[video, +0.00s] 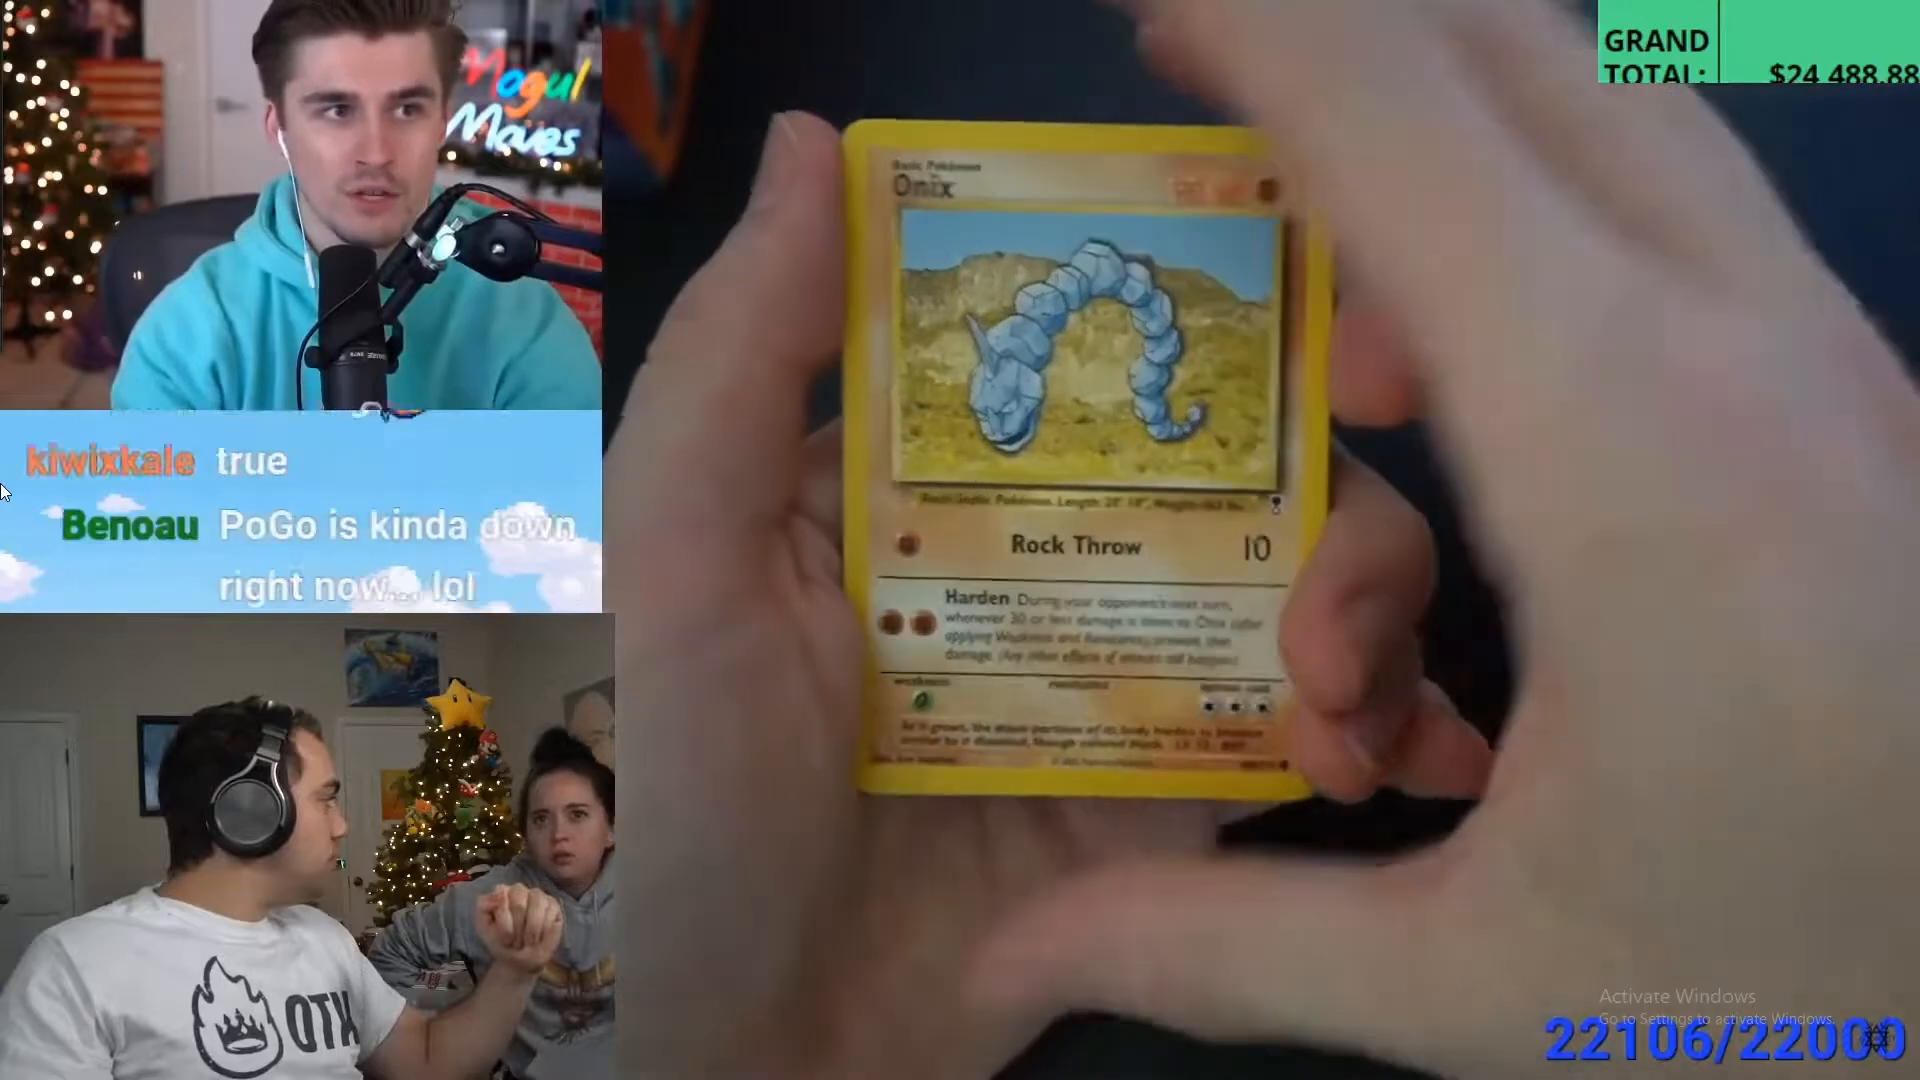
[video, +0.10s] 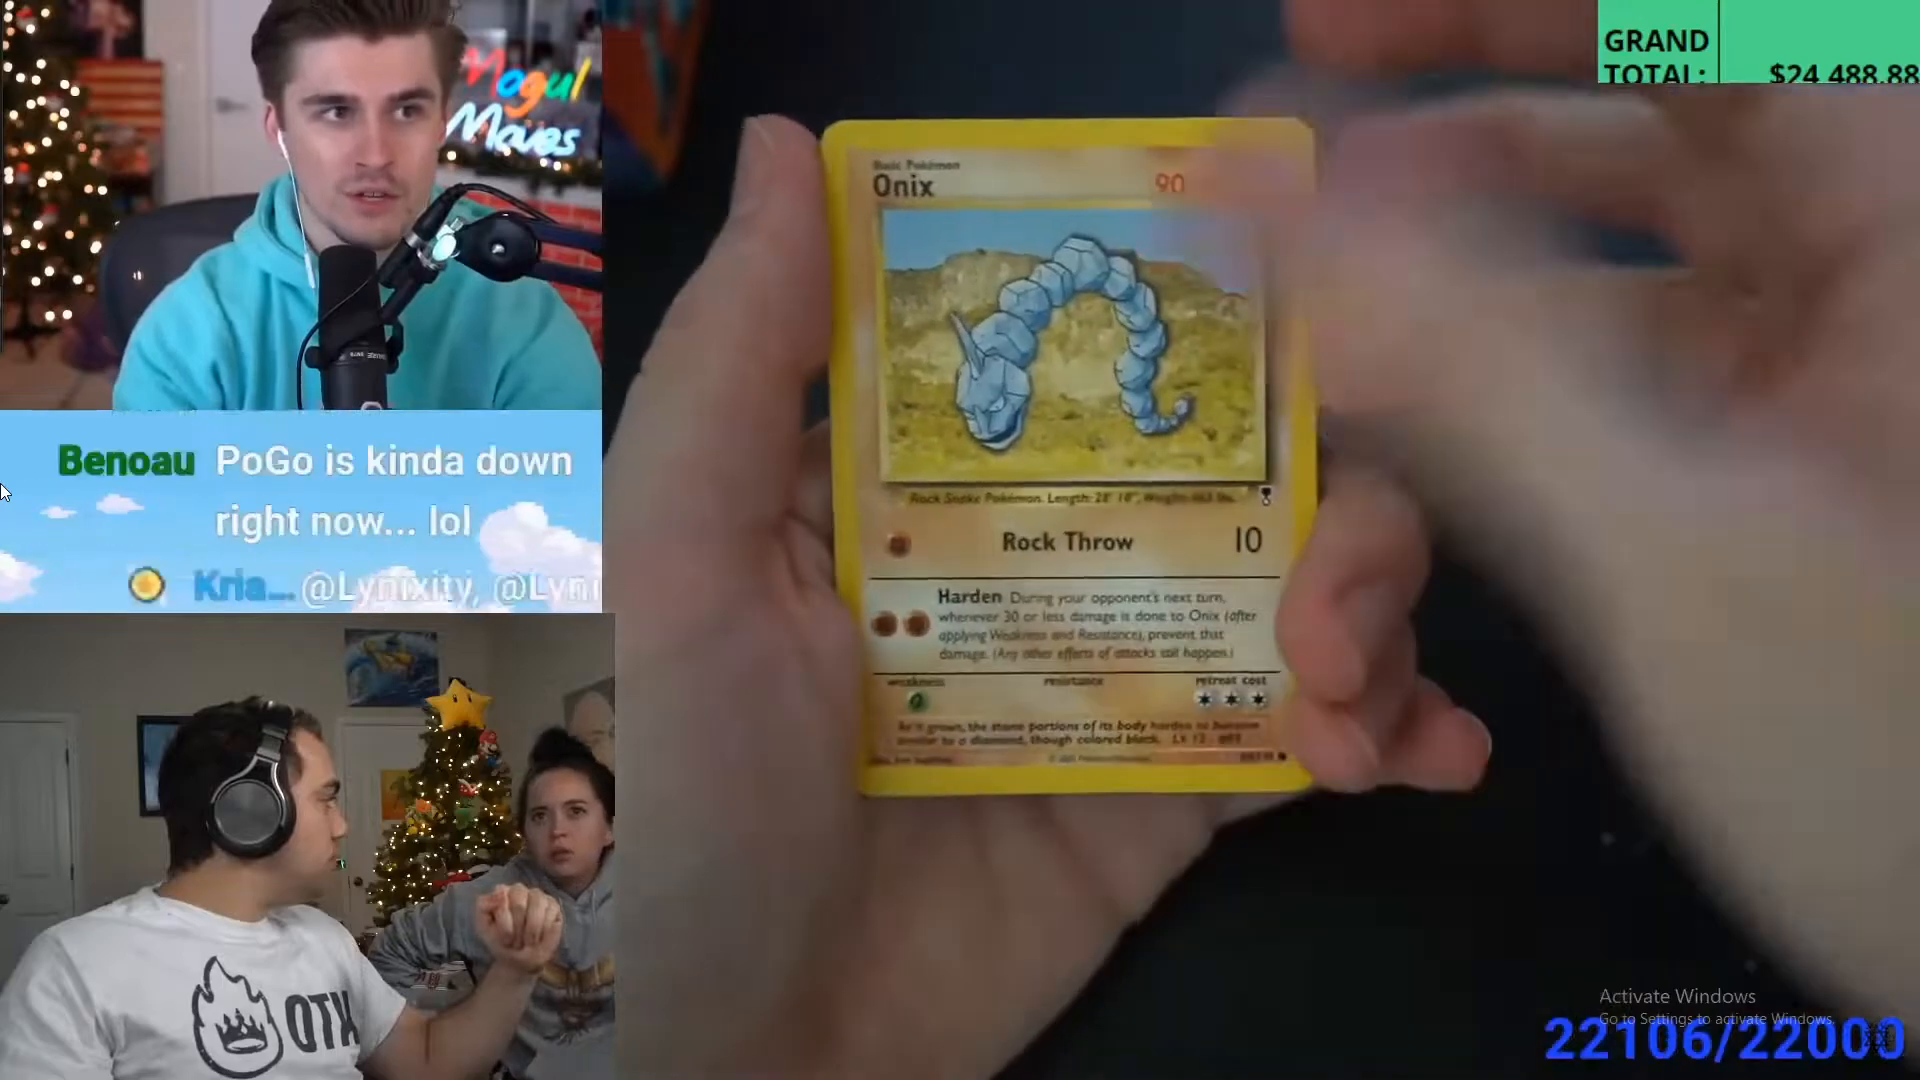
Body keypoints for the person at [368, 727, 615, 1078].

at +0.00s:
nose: (559, 835)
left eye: (578, 815)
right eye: (542, 819)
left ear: (611, 829)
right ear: (526, 835)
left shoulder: (641, 891)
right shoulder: (487, 898)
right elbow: (387, 956)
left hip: (625, 1069)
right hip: (535, 1073)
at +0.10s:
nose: (557, 831)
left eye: (576, 812)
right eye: (540, 816)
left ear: (609, 828)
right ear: (525, 834)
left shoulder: (642, 889)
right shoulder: (486, 897)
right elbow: (387, 956)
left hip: (626, 1068)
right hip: (536, 1073)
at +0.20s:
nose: (556, 829)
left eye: (575, 811)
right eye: (539, 814)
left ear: (608, 827)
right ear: (523, 833)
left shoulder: (640, 888)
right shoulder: (483, 899)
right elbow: (386, 956)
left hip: (626, 1067)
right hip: (534, 1071)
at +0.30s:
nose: (554, 830)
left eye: (573, 811)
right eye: (536, 815)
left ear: (607, 827)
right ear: (521, 833)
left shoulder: (636, 890)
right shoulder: (481, 901)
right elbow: (384, 956)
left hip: (622, 1067)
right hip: (532, 1072)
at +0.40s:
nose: (552, 831)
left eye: (573, 813)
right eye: (536, 816)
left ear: (607, 828)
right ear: (520, 833)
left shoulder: (635, 890)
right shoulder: (479, 902)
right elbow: (384, 956)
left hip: (621, 1068)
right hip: (531, 1072)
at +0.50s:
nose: (551, 833)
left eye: (571, 814)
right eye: (534, 818)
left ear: (606, 829)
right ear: (519, 835)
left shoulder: (636, 889)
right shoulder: (479, 902)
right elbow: (383, 955)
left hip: (623, 1068)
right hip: (532, 1072)